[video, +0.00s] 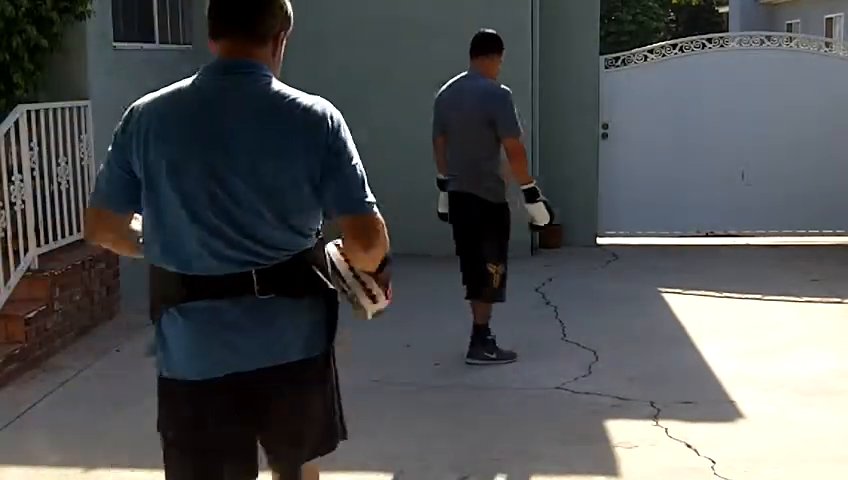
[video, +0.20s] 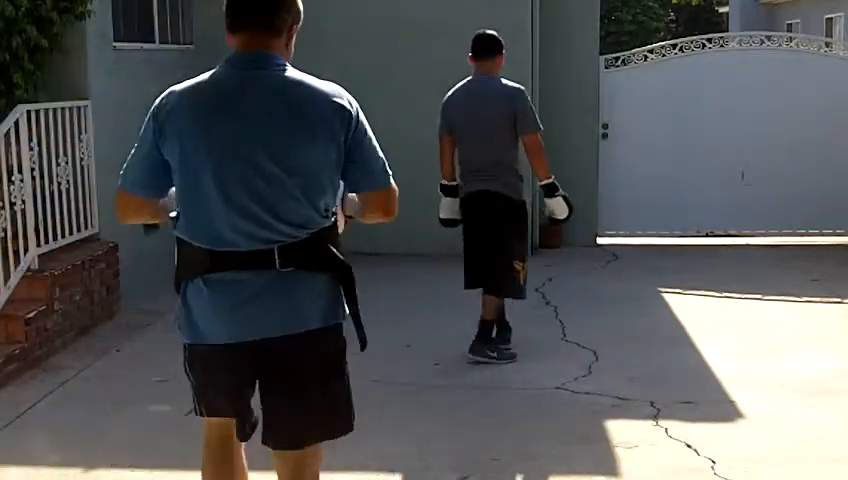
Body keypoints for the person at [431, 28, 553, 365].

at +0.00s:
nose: (500, 65)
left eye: (498, 59)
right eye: (500, 59)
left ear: (471, 56)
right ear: (496, 57)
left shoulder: (447, 92)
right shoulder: (497, 94)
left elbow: (439, 142)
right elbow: (514, 150)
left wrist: (443, 186)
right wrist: (532, 194)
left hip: (457, 195)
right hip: (486, 197)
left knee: (474, 264)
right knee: (489, 266)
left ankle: (481, 337)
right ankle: (480, 342)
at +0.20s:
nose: (500, 62)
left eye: (494, 56)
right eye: (501, 56)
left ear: (470, 60)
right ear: (502, 58)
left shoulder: (453, 98)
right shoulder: (513, 94)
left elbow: (447, 150)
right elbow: (533, 147)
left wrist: (448, 194)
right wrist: (551, 190)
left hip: (471, 197)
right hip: (505, 197)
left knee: (490, 263)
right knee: (498, 266)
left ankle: (500, 330)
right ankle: (482, 341)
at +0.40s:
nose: (492, 63)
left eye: (472, 61)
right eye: (497, 56)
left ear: (468, 64)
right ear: (501, 58)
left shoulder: (460, 101)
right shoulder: (525, 90)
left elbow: (455, 152)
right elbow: (542, 140)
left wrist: (457, 196)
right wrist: (553, 183)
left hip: (483, 197)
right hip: (521, 196)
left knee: (491, 268)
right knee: (528, 266)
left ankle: (505, 334)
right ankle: (507, 321)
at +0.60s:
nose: (480, 66)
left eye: (477, 61)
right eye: (486, 59)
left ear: (475, 62)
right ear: (505, 56)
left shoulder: (470, 100)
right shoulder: (536, 88)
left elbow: (466, 152)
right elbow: (551, 139)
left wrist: (466, 193)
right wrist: (550, 178)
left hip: (491, 195)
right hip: (530, 192)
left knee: (494, 263)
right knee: (537, 255)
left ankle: (502, 329)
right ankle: (546, 315)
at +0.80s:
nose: (490, 67)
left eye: (491, 60)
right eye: (491, 61)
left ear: (498, 61)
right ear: (519, 58)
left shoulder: (492, 99)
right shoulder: (551, 89)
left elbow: (480, 150)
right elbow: (554, 136)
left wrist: (472, 187)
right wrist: (550, 167)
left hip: (503, 195)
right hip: (538, 191)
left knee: (498, 261)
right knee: (540, 253)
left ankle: (502, 329)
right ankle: (566, 319)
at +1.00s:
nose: (509, 62)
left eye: (511, 56)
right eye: (509, 56)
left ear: (526, 57)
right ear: (537, 57)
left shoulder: (523, 96)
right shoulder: (560, 87)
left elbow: (507, 147)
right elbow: (556, 139)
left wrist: (489, 188)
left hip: (519, 193)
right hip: (551, 190)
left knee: (506, 260)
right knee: (554, 255)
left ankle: (504, 329)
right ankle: (568, 325)